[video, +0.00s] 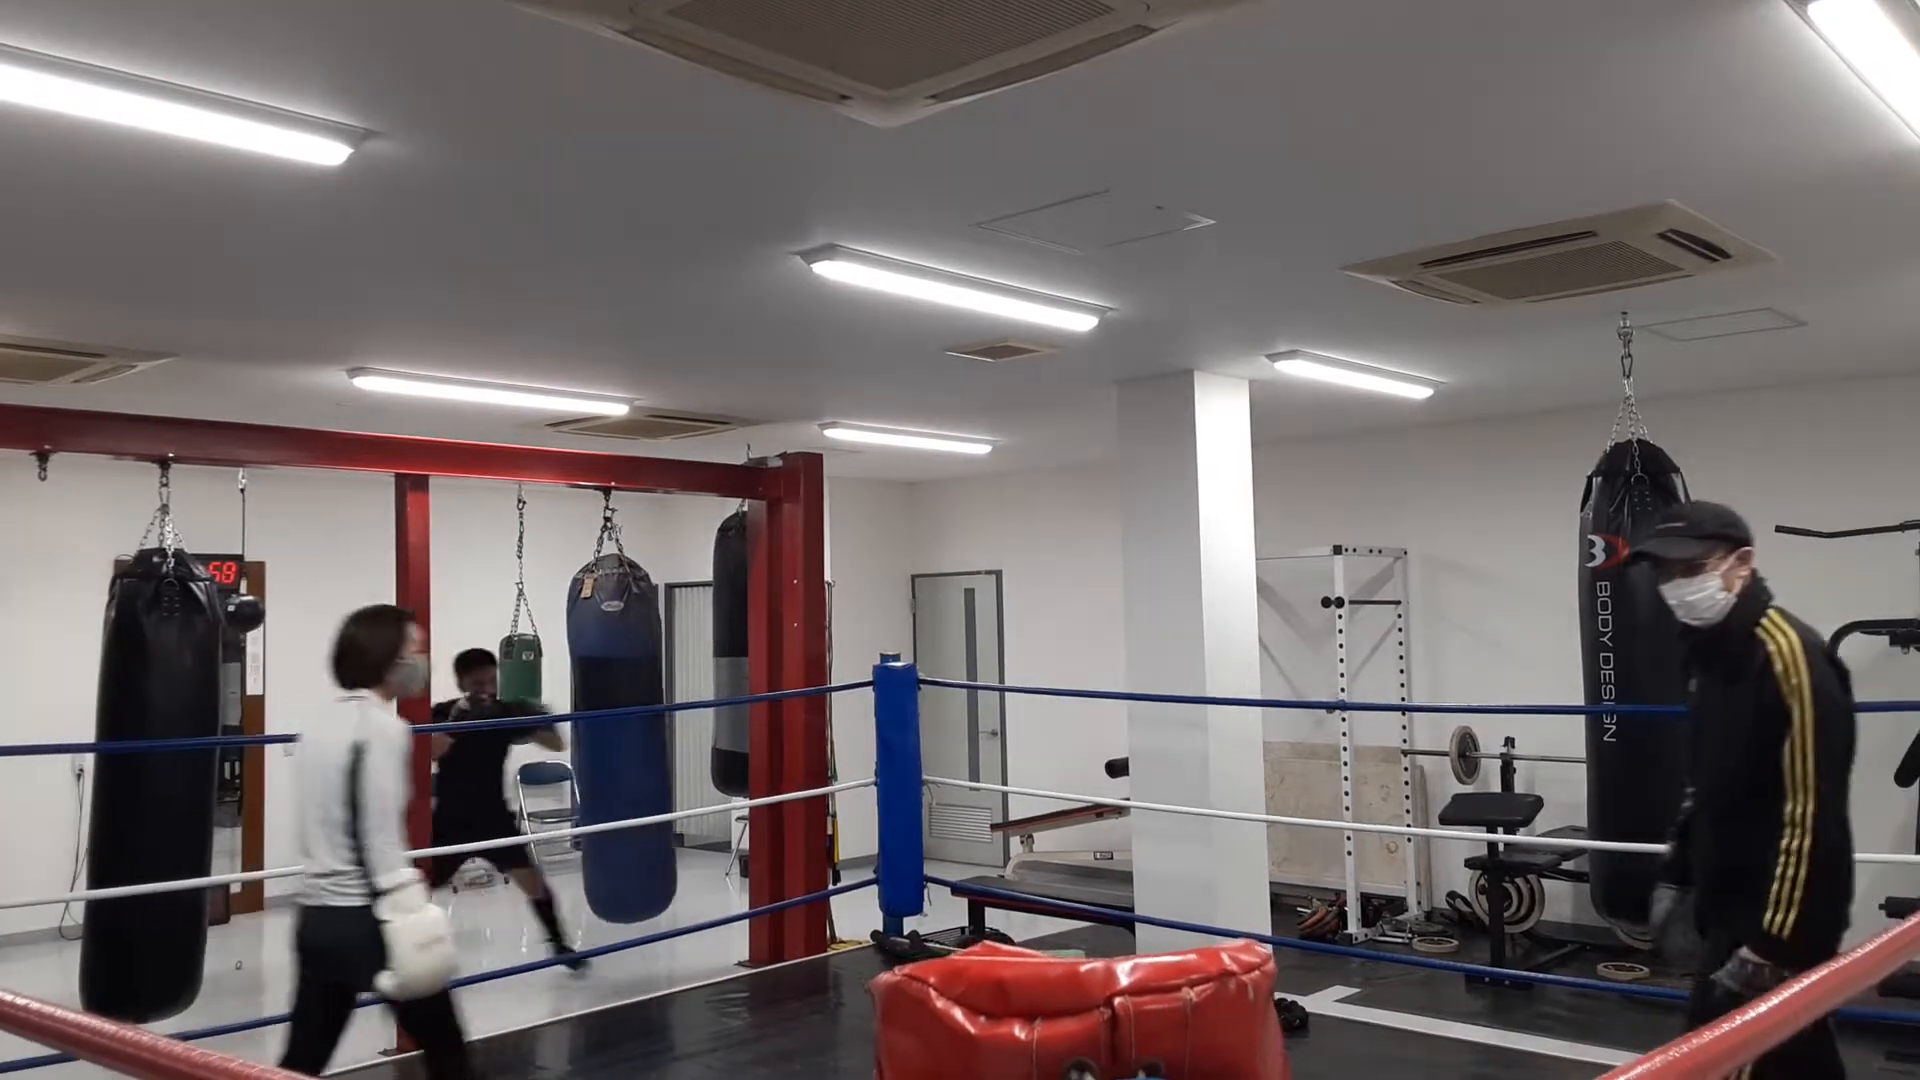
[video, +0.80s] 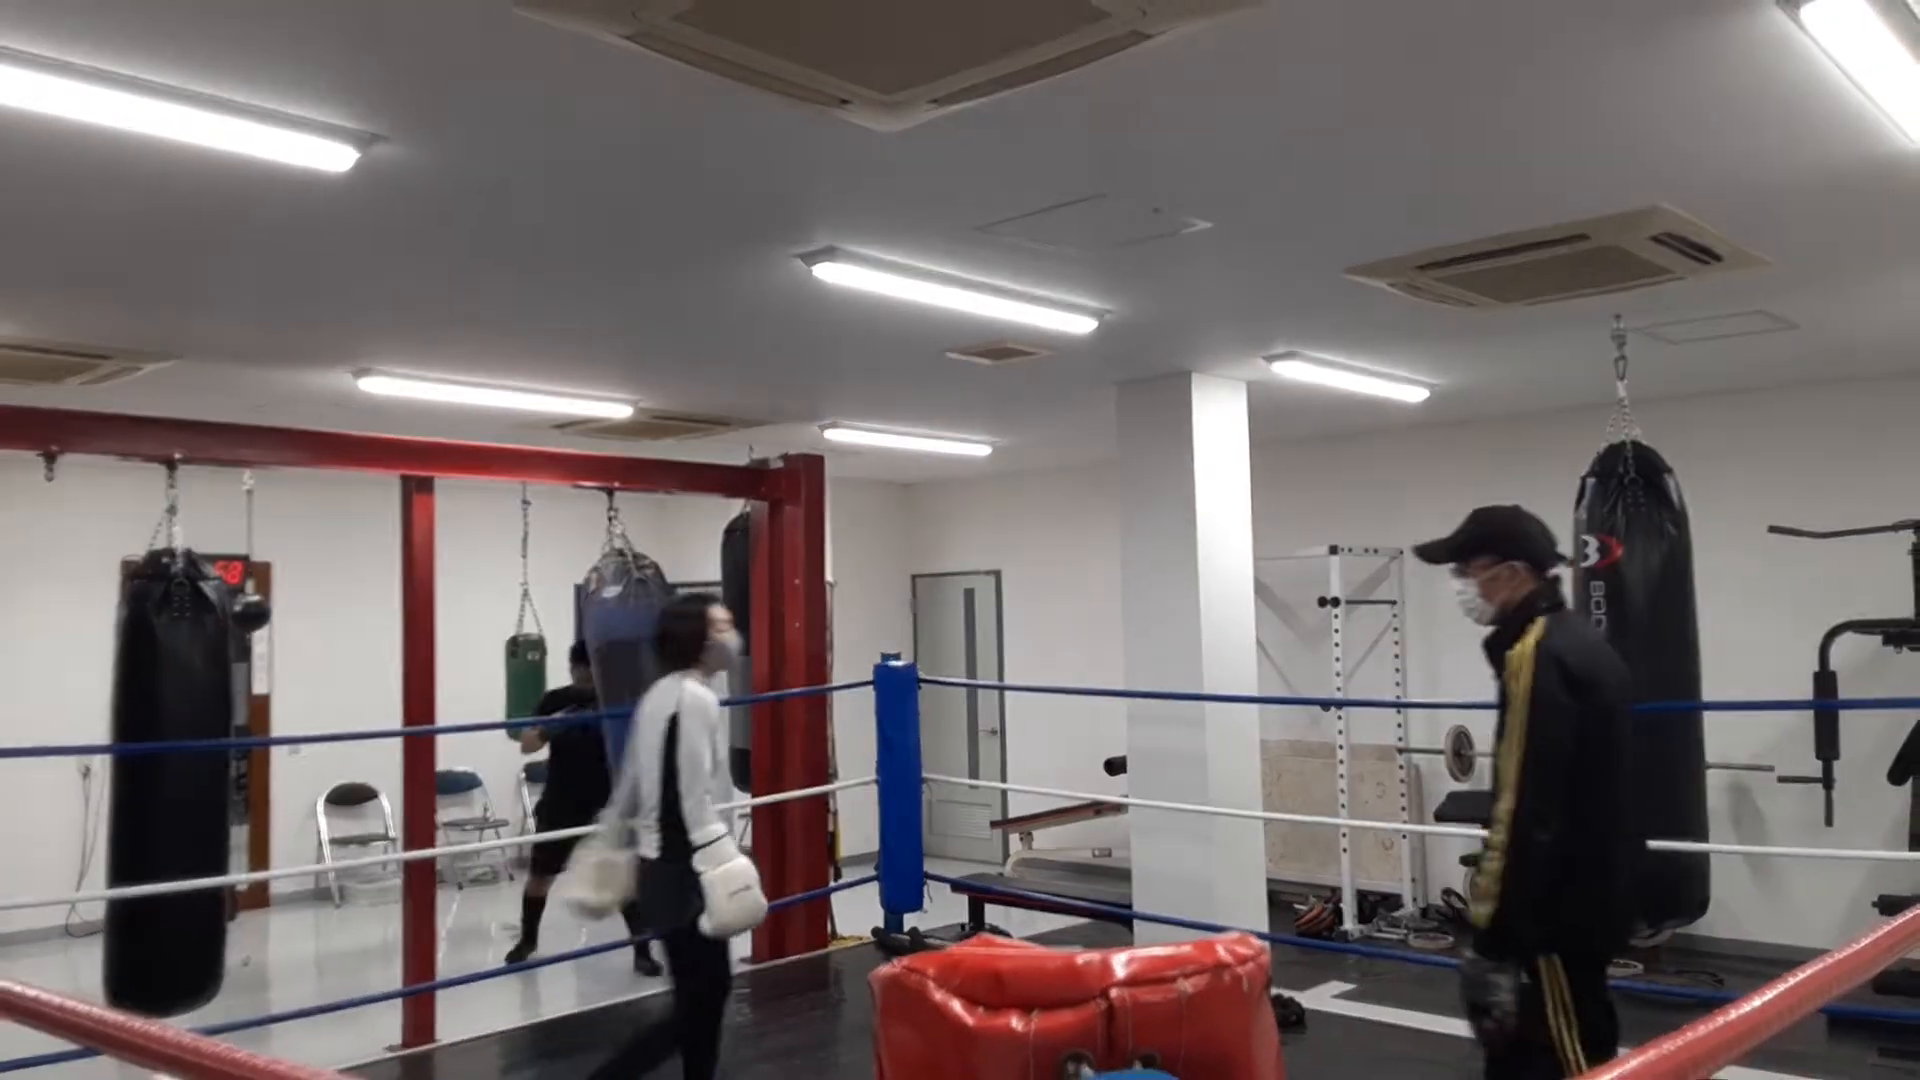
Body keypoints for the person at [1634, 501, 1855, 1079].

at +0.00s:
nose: (1678, 585)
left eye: (1693, 567)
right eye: (1667, 572)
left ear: (1741, 563)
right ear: (1657, 575)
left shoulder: (1792, 655)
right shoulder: (1711, 654)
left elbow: (1810, 816)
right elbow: (1706, 789)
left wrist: (1766, 954)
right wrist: (1675, 879)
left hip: (1777, 933)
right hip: (1724, 916)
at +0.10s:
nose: (1654, 590)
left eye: (1668, 571)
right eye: (1642, 577)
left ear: (1715, 566)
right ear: (1632, 581)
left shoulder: (1761, 657)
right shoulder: (1685, 656)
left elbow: (1787, 815)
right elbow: (1684, 791)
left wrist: (1765, 961)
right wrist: (1647, 877)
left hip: (1753, 935)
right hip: (1703, 922)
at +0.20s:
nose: (1628, 588)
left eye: (1644, 570)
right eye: (1616, 575)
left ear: (1692, 568)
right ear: (1605, 580)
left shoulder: (1731, 662)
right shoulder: (1662, 661)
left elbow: (1756, 823)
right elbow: (1660, 796)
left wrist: (1751, 971)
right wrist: (1621, 878)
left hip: (1715, 947)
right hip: (1671, 936)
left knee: (1710, 1070)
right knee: (1668, 1067)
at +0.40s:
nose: (1575, 580)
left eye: (1591, 562)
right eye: (1568, 567)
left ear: (1640, 565)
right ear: (1561, 569)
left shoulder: (1663, 649)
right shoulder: (1627, 646)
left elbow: (1681, 805)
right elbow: (1632, 795)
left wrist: (1671, 949)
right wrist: (1607, 932)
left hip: (1644, 946)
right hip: (1617, 938)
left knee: (1631, 1072)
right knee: (1613, 1068)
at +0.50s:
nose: (1549, 583)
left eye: (1562, 565)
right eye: (1543, 570)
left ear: (1614, 567)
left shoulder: (1637, 652)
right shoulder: (1608, 648)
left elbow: (1639, 805)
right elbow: (1610, 801)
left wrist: (1621, 949)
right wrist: (1585, 931)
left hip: (1622, 940)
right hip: (1600, 934)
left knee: (1614, 1069)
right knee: (1597, 1065)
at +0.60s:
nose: (1520, 590)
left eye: (1530, 573)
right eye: (1515, 578)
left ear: (1581, 568)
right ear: (1576, 573)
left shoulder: (1608, 651)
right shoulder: (1597, 646)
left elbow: (1599, 808)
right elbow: (1594, 806)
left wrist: (1575, 953)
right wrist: (1573, 940)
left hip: (1607, 932)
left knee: (1583, 1053)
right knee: (1604, 1054)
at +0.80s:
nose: (1467, 583)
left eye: (1476, 569)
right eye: (1466, 571)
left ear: (1516, 572)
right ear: (1521, 573)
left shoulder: (1536, 651)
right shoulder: (1576, 640)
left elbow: (1520, 803)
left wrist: (1489, 942)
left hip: (1545, 919)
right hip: (1583, 902)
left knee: (1552, 1061)